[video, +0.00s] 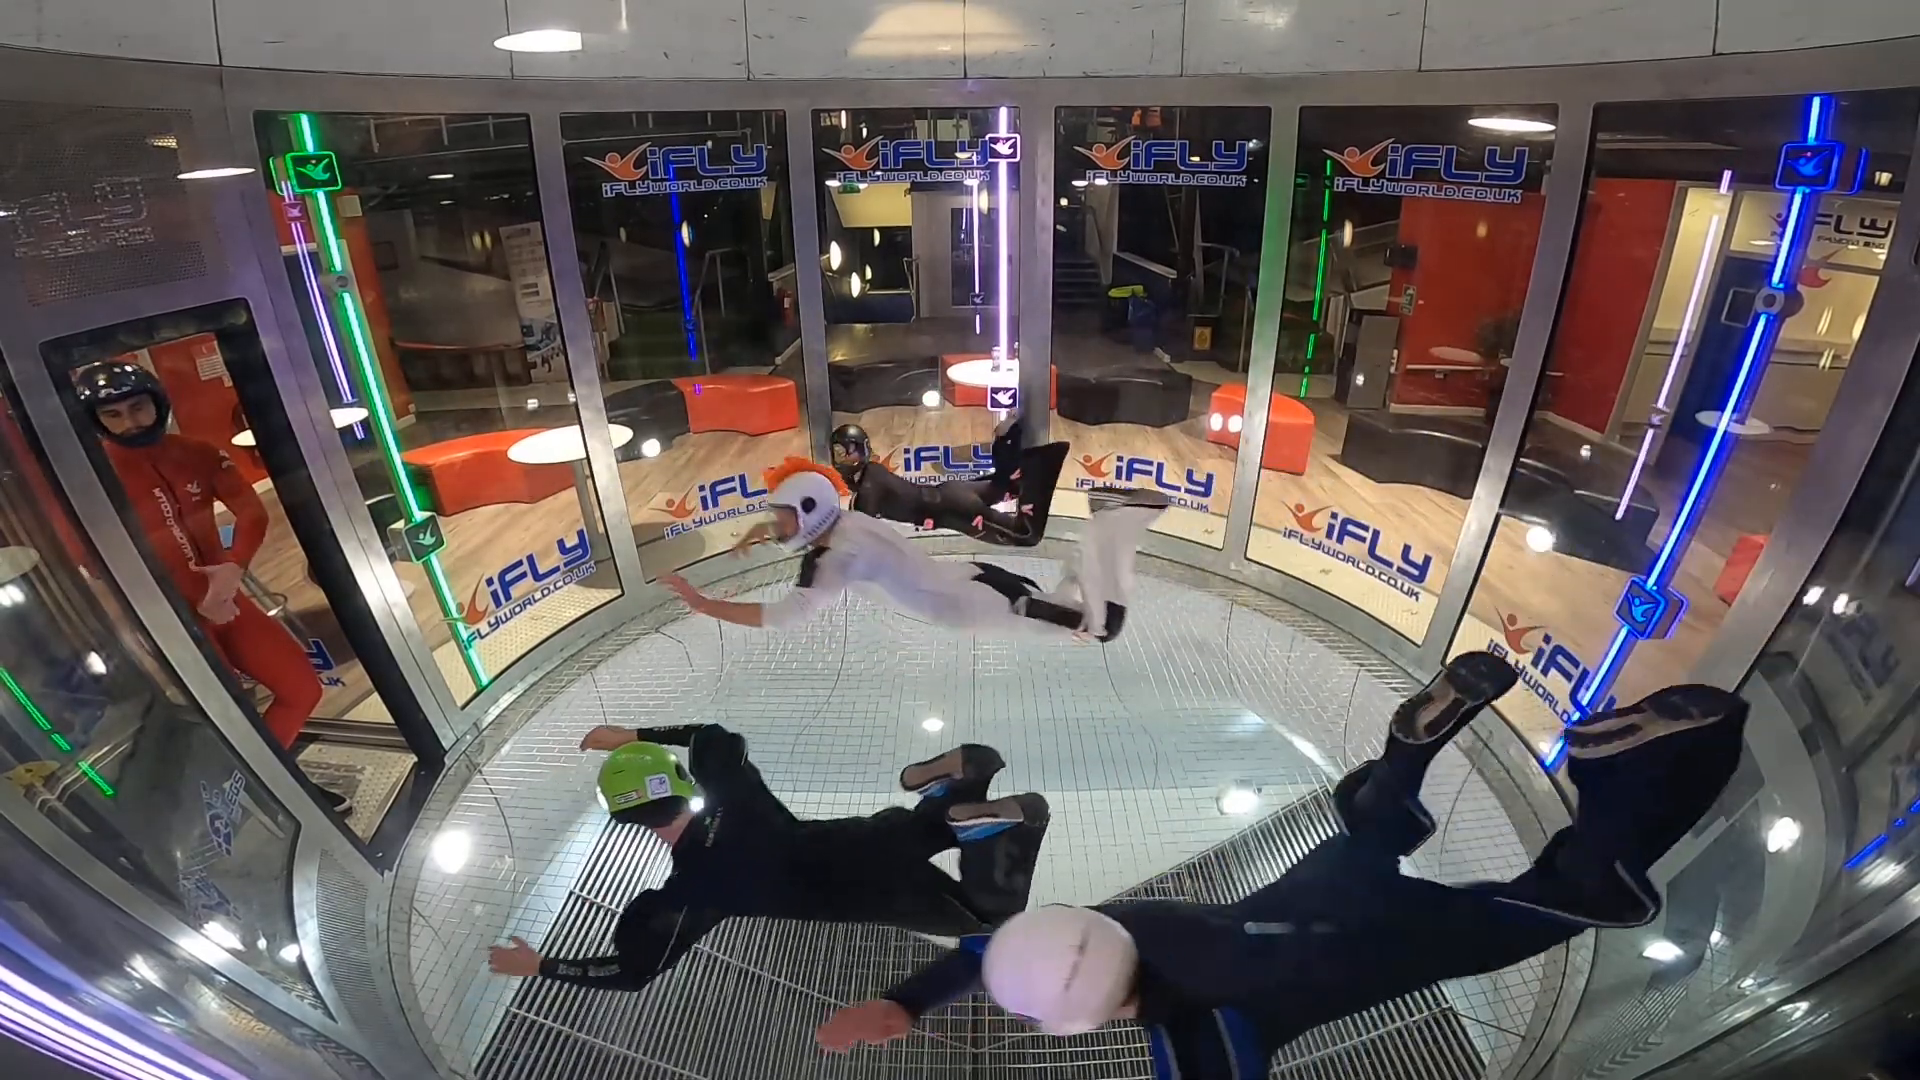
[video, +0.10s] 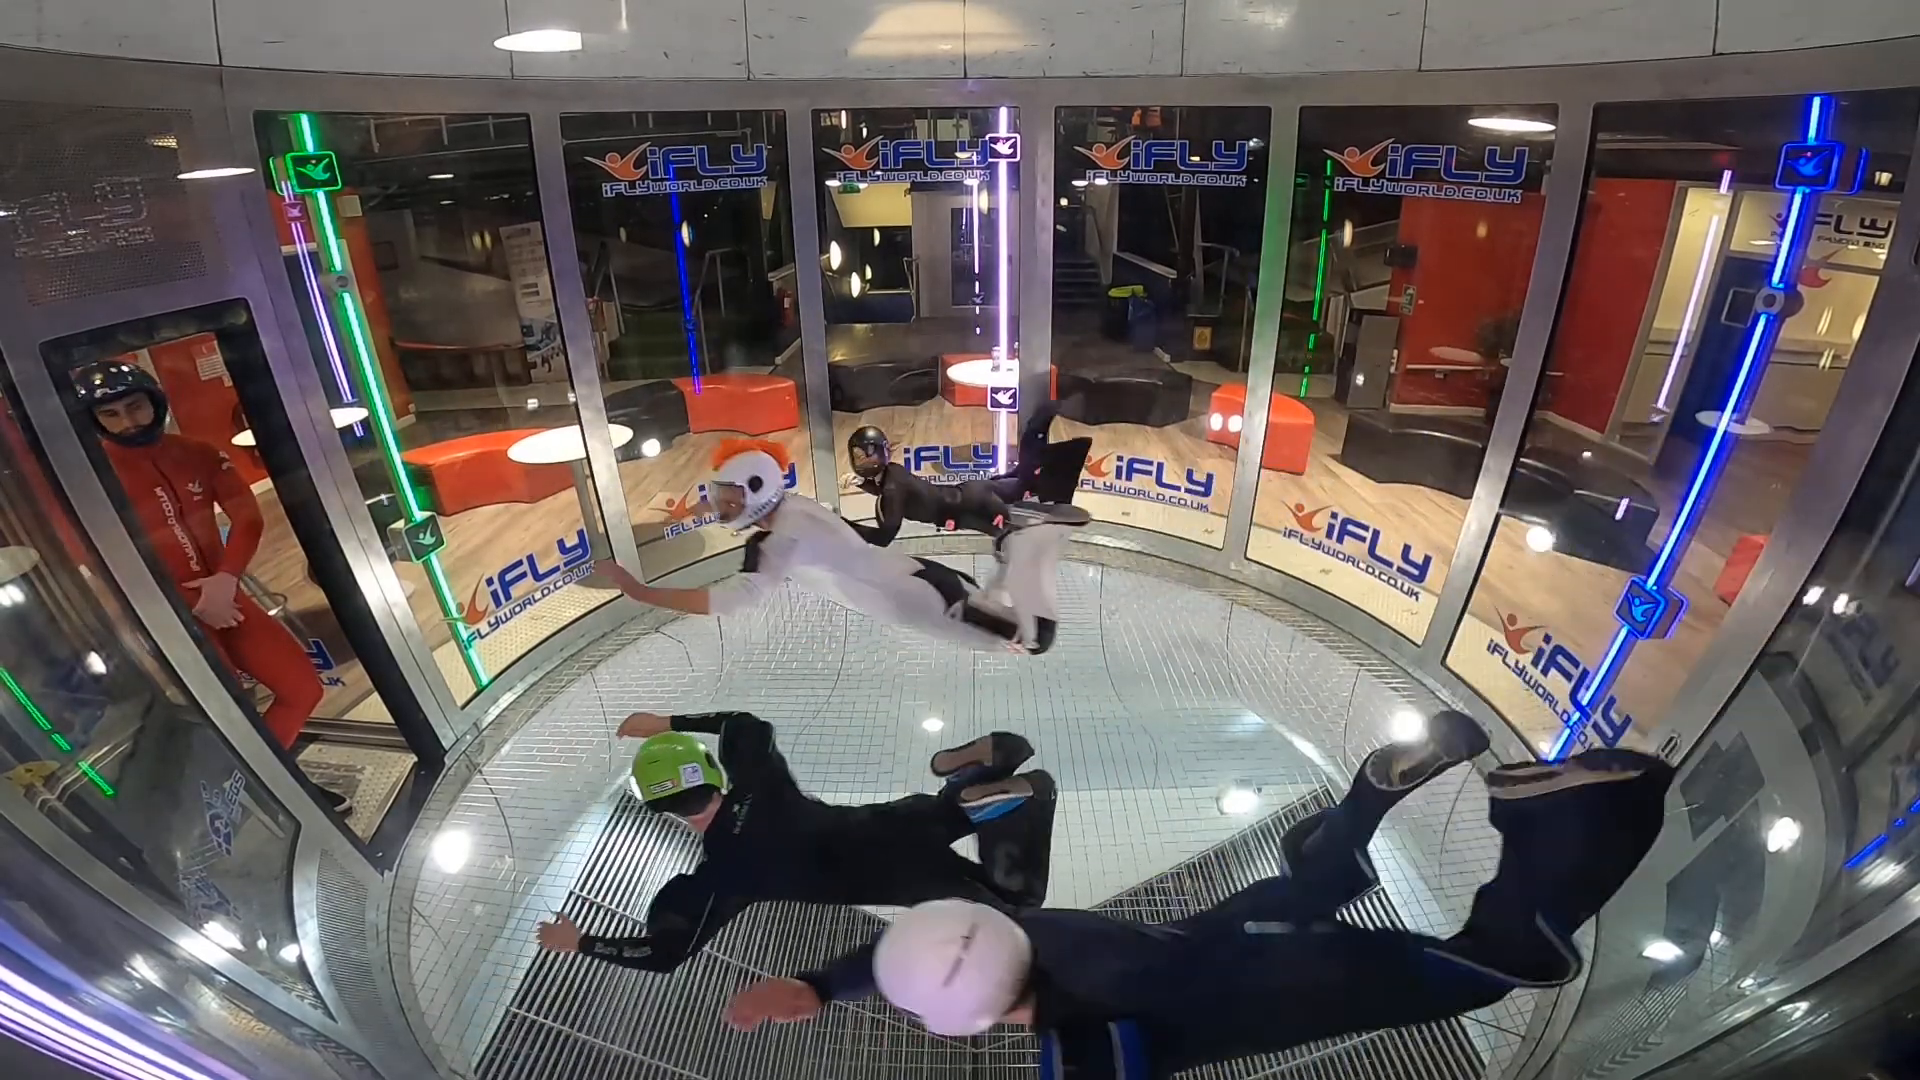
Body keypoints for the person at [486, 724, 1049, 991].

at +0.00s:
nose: (658, 810)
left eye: (645, 812)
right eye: (656, 797)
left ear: (644, 828)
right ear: (676, 786)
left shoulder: (690, 895)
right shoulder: (729, 789)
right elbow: (709, 736)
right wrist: (638, 738)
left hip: (875, 900)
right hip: (875, 834)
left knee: (993, 926)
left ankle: (993, 843)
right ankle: (956, 780)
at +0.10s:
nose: (675, 811)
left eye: (668, 805)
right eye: (685, 786)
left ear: (678, 813)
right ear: (707, 771)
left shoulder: (723, 875)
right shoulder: (754, 772)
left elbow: (664, 953)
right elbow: (741, 723)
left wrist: (582, 944)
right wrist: (671, 724)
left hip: (894, 882)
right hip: (895, 821)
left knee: (1011, 911)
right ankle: (981, 782)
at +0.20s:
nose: (710, 806)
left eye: (707, 800)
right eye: (712, 790)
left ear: (717, 802)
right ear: (741, 763)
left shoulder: (755, 862)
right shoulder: (785, 764)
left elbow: (701, 939)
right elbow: (774, 714)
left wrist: (633, 919)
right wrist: (707, 716)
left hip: (918, 865)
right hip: (916, 807)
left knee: (1042, 877)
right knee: (981, 797)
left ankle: (1046, 782)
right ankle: (1008, 740)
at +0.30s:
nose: (754, 793)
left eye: (744, 786)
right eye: (751, 779)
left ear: (743, 792)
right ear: (776, 751)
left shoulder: (793, 847)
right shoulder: (820, 750)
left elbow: (757, 901)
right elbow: (805, 707)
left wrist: (686, 898)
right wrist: (740, 711)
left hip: (964, 852)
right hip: (961, 799)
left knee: (1072, 864)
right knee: (1026, 777)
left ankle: (1086, 765)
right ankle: (1042, 719)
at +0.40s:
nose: (791, 787)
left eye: (784, 780)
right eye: (786, 776)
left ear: (786, 783)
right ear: (816, 747)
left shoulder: (836, 839)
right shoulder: (854, 742)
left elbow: (791, 887)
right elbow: (841, 702)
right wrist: (779, 709)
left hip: (999, 839)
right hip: (989, 787)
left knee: (1100, 851)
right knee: (1054, 768)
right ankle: (1066, 723)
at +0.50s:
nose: (850, 779)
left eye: (847, 772)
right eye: (843, 771)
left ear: (841, 777)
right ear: (866, 741)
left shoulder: (885, 825)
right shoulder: (898, 747)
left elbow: (836, 894)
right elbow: (880, 706)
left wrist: (792, 864)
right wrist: (826, 720)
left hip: (1039, 825)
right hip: (1038, 774)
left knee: (1148, 826)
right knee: (1094, 763)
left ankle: (1160, 751)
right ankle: (1104, 718)